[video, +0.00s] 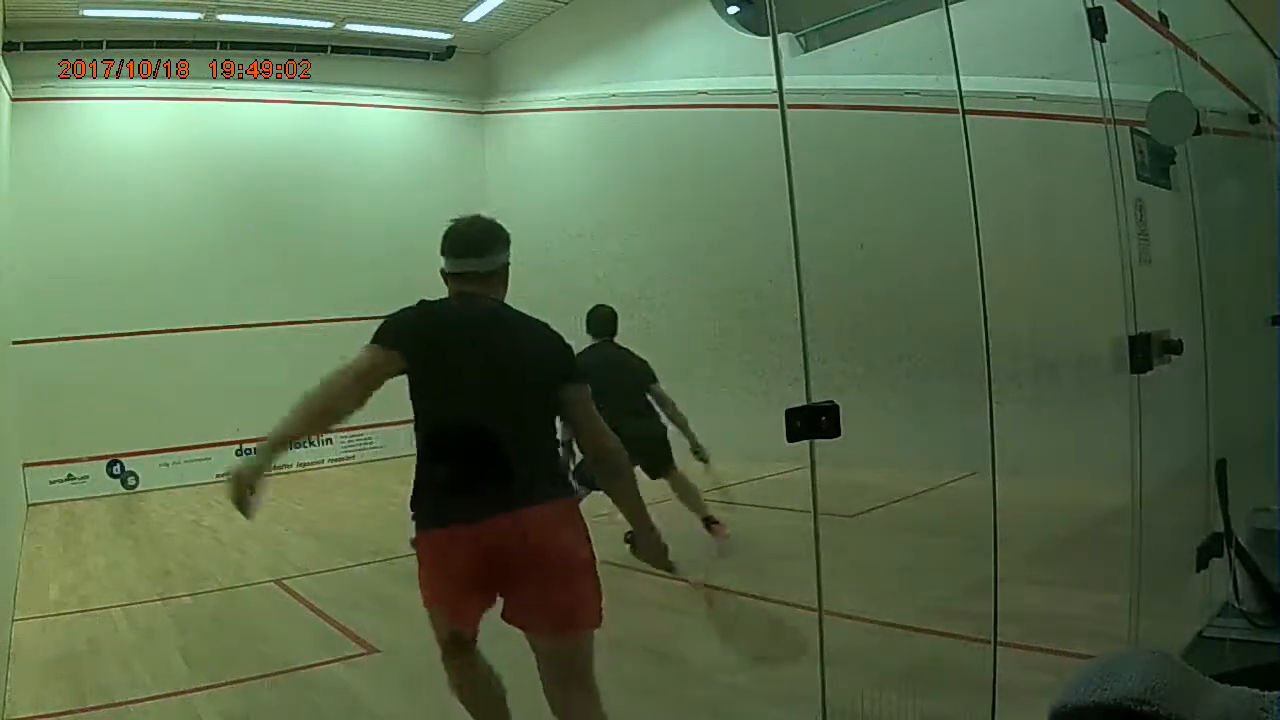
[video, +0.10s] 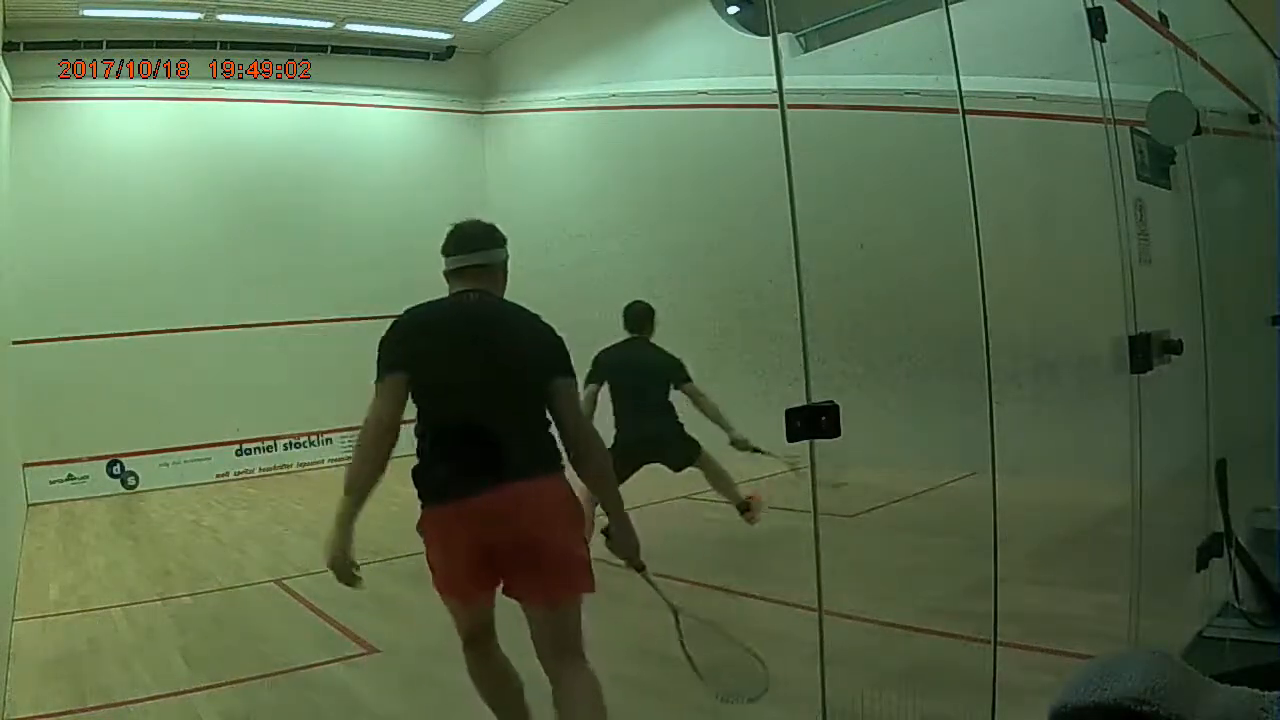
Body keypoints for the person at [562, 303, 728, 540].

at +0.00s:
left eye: (594, 326)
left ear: (588, 329)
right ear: (615, 328)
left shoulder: (578, 365)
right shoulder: (632, 360)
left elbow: (568, 415)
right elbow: (666, 404)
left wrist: (566, 450)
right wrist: (692, 439)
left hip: (607, 444)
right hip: (648, 434)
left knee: (620, 485)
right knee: (672, 473)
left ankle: (643, 533)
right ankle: (707, 518)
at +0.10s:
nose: (651, 326)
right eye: (651, 322)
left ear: (625, 325)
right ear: (651, 325)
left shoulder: (606, 357)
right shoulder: (665, 359)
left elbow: (589, 398)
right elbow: (697, 397)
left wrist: (582, 438)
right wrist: (732, 432)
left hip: (629, 443)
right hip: (669, 438)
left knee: (592, 488)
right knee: (705, 462)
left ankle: (581, 544)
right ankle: (743, 506)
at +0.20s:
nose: (715, 322)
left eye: (710, 316)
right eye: (715, 317)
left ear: (687, 319)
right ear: (711, 321)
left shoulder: (665, 345)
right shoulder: (719, 354)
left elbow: (640, 373)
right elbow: (759, 388)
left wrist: (623, 410)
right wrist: (791, 412)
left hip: (666, 430)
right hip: (704, 430)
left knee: (632, 489)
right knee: (747, 463)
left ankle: (589, 544)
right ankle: (786, 502)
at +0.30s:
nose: (749, 332)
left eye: (740, 328)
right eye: (753, 328)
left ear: (728, 329)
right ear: (755, 329)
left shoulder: (716, 353)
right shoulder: (766, 361)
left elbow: (682, 378)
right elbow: (804, 389)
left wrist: (655, 411)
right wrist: (840, 410)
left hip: (705, 429)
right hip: (742, 432)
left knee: (670, 479)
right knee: (778, 465)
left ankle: (629, 539)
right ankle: (802, 514)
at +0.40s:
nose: (788, 338)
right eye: (791, 333)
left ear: (768, 334)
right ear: (793, 334)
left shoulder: (751, 359)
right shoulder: (801, 360)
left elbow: (715, 389)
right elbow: (840, 383)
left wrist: (689, 418)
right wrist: (869, 399)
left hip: (728, 429)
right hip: (761, 430)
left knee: (709, 488)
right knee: (802, 456)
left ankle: (681, 540)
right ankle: (805, 514)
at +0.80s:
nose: (806, 293)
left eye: (807, 288)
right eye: (808, 288)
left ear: (807, 289)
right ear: (834, 292)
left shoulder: (790, 319)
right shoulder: (843, 320)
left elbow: (767, 357)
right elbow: (867, 351)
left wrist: (771, 383)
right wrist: (892, 383)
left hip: (796, 406)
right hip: (832, 402)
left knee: (801, 467)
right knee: (854, 448)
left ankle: (809, 528)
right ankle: (863, 506)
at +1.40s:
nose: (732, 277)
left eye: (737, 273)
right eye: (736, 272)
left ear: (748, 280)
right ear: (757, 282)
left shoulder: (749, 312)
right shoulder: (773, 309)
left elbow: (758, 357)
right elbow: (782, 356)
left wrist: (760, 403)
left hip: (766, 397)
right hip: (791, 394)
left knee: (736, 456)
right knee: (808, 461)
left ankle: (747, 526)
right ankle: (829, 528)